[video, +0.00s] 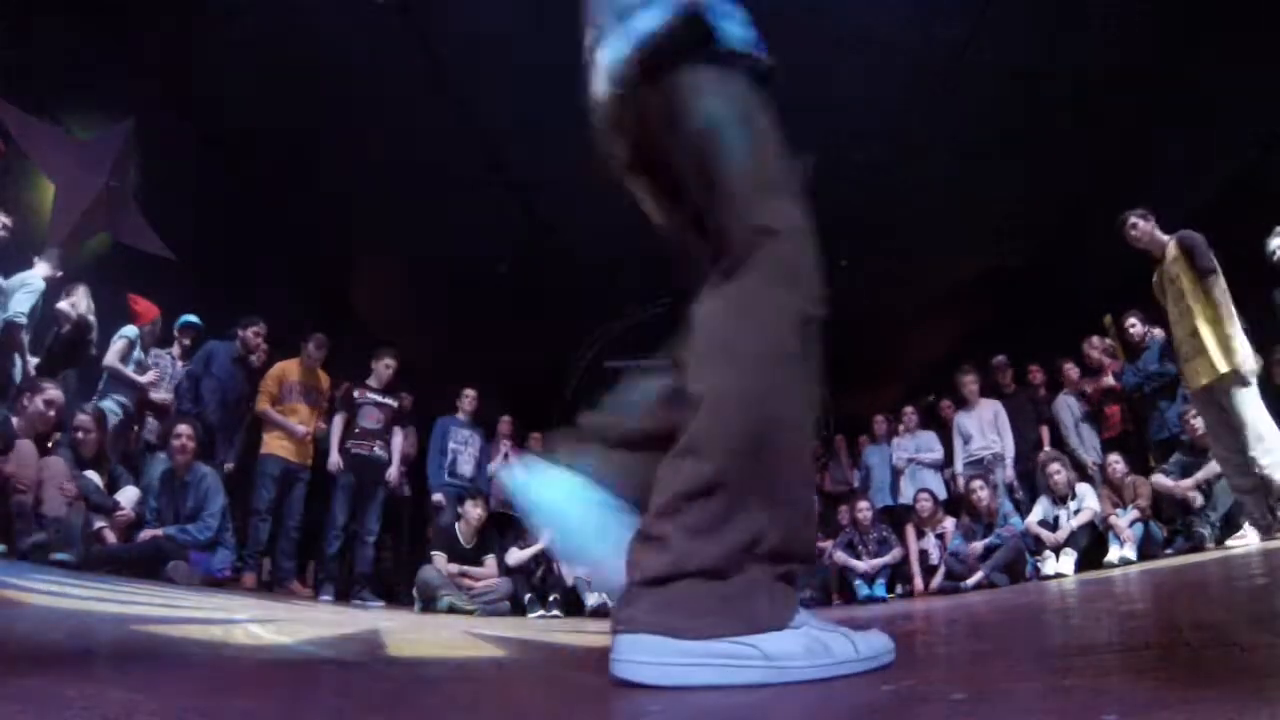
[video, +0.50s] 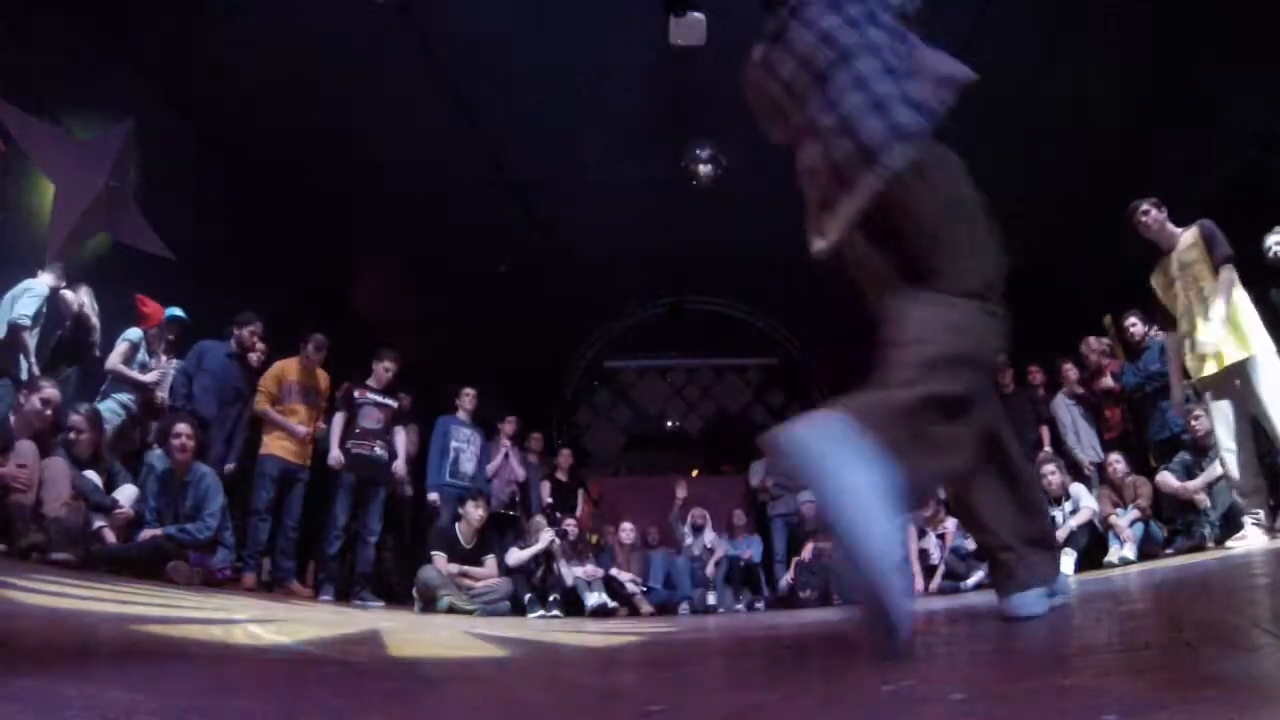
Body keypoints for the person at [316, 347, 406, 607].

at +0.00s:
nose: (389, 372)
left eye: (393, 369)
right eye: (386, 366)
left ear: (395, 373)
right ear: (373, 364)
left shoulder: (395, 402)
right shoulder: (352, 391)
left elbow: (397, 434)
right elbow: (338, 421)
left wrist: (395, 464)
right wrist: (333, 452)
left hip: (378, 463)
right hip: (350, 459)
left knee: (369, 529)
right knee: (338, 525)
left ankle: (361, 585)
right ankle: (327, 582)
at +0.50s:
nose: (388, 375)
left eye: (392, 372)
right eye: (385, 369)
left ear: (395, 375)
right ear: (374, 366)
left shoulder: (394, 402)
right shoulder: (352, 391)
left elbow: (398, 431)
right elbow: (338, 419)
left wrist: (401, 458)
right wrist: (334, 448)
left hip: (379, 464)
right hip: (351, 460)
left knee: (371, 529)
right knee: (339, 525)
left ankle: (361, 587)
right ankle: (327, 583)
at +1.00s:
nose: (389, 376)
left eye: (393, 373)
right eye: (386, 370)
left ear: (396, 376)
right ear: (375, 366)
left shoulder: (394, 403)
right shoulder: (353, 392)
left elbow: (400, 432)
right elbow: (339, 420)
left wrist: (403, 461)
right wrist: (337, 449)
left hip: (379, 466)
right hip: (351, 462)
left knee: (371, 530)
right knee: (339, 525)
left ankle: (360, 586)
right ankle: (327, 583)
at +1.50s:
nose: (392, 380)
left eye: (396, 376)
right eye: (389, 374)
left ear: (399, 378)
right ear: (378, 369)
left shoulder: (394, 403)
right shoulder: (354, 391)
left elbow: (399, 432)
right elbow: (339, 419)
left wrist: (397, 461)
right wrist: (337, 449)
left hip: (379, 466)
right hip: (351, 461)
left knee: (371, 530)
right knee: (339, 525)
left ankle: (361, 586)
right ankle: (328, 583)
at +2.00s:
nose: (394, 380)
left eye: (398, 377)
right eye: (392, 374)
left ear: (399, 378)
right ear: (381, 369)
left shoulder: (395, 402)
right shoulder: (355, 390)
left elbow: (400, 431)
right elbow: (340, 417)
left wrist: (399, 461)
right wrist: (337, 447)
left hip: (379, 465)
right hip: (351, 460)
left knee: (370, 530)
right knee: (338, 525)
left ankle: (361, 586)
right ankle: (327, 583)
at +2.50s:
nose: (394, 380)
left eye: (398, 376)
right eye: (391, 374)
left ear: (399, 378)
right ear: (380, 369)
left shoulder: (395, 403)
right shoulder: (354, 391)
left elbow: (399, 432)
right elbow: (340, 419)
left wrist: (397, 463)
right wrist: (337, 451)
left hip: (378, 467)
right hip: (350, 462)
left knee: (371, 530)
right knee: (338, 526)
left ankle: (360, 586)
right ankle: (327, 583)